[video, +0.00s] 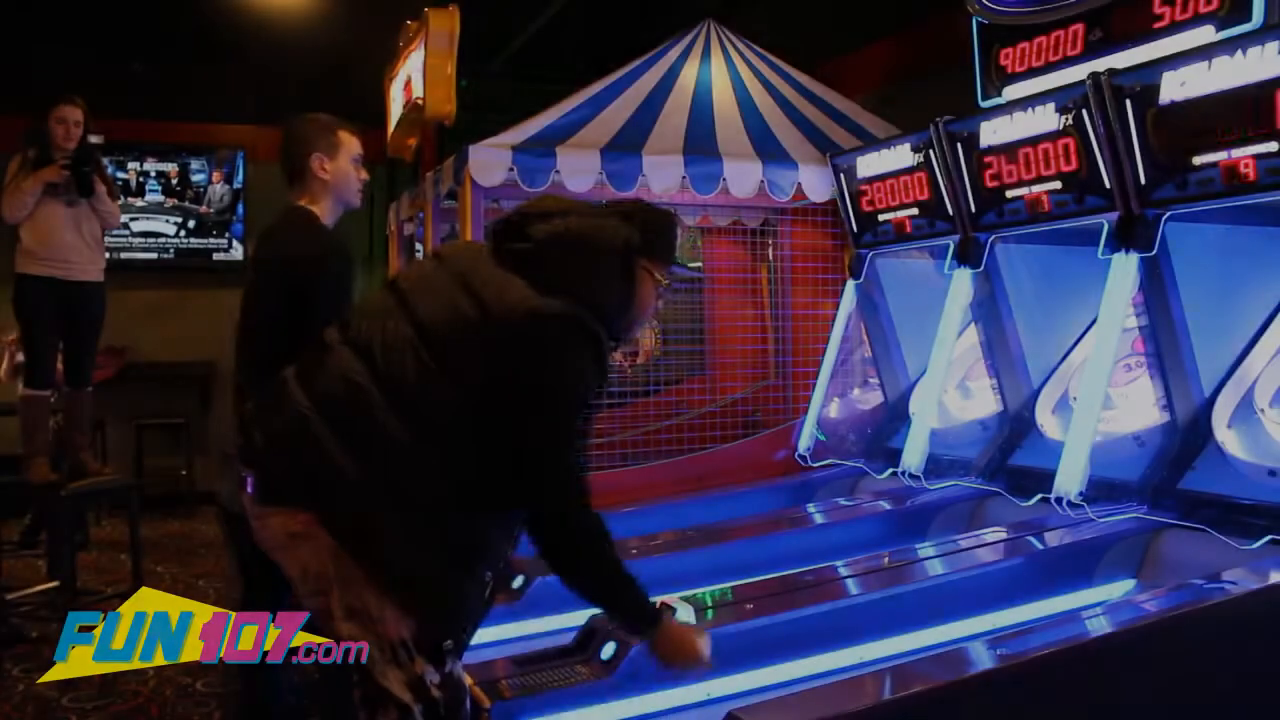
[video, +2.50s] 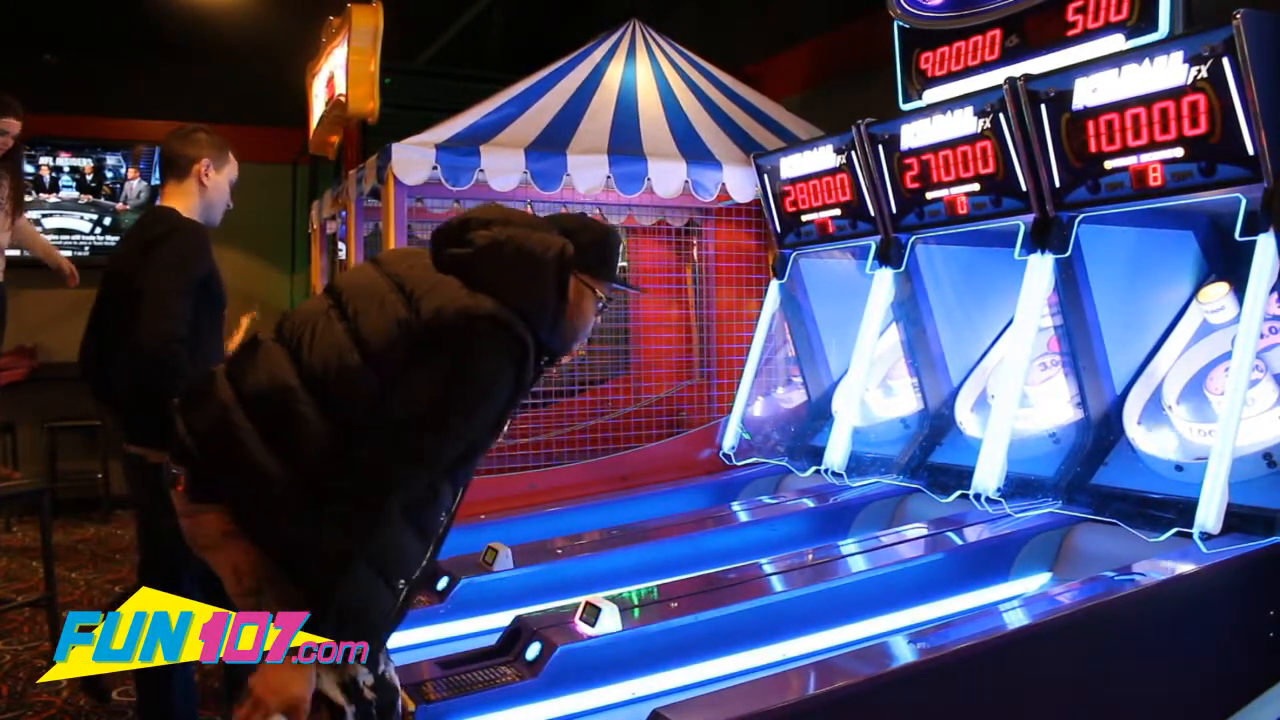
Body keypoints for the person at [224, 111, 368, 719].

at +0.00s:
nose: (364, 175)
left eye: (362, 162)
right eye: (355, 162)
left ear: (316, 168)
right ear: (320, 166)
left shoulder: (282, 236)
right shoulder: (315, 246)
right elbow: (313, 362)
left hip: (264, 458)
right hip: (290, 466)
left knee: (271, 606)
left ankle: (261, 703)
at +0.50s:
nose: (322, 179)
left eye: (320, 166)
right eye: (314, 166)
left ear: (274, 174)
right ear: (279, 172)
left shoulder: (244, 243)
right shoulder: (272, 249)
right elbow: (284, 361)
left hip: (231, 446)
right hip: (254, 455)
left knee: (251, 587)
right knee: (265, 593)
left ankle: (248, 704)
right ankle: (256, 706)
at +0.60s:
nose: (301, 179)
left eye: (299, 167)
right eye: (293, 166)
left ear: (252, 173)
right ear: (259, 171)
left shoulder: (232, 240)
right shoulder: (249, 248)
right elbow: (260, 357)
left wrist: (277, 310)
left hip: (217, 447)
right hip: (233, 457)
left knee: (235, 586)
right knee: (250, 591)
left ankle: (230, 699)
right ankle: (237, 702)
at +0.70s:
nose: (291, 180)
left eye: (289, 168)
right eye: (283, 167)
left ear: (242, 174)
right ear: (248, 172)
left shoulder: (219, 240)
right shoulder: (238, 248)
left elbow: (227, 343)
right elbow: (250, 359)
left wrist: (277, 316)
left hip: (205, 446)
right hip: (224, 456)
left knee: (222, 583)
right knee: (245, 589)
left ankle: (221, 697)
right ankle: (229, 699)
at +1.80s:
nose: (237, 186)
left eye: (237, 173)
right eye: (233, 171)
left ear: (186, 170)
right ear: (201, 168)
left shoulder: (161, 235)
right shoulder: (179, 242)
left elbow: (178, 336)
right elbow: (168, 353)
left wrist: (236, 309)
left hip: (157, 456)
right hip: (174, 465)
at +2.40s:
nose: (230, 199)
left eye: (232, 187)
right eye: (230, 185)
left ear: (181, 172)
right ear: (204, 174)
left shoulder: (141, 235)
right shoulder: (182, 241)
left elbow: (100, 350)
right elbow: (172, 351)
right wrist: (187, 446)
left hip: (142, 452)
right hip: (175, 458)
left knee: (165, 593)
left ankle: (166, 704)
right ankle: (254, 707)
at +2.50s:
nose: (231, 197)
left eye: (232, 183)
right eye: (229, 182)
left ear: (182, 174)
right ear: (205, 172)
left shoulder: (141, 234)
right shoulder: (183, 240)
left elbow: (96, 352)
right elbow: (170, 348)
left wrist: (134, 423)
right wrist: (180, 443)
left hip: (141, 444)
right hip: (173, 448)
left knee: (162, 578)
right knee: (185, 586)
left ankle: (160, 696)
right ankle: (171, 700)